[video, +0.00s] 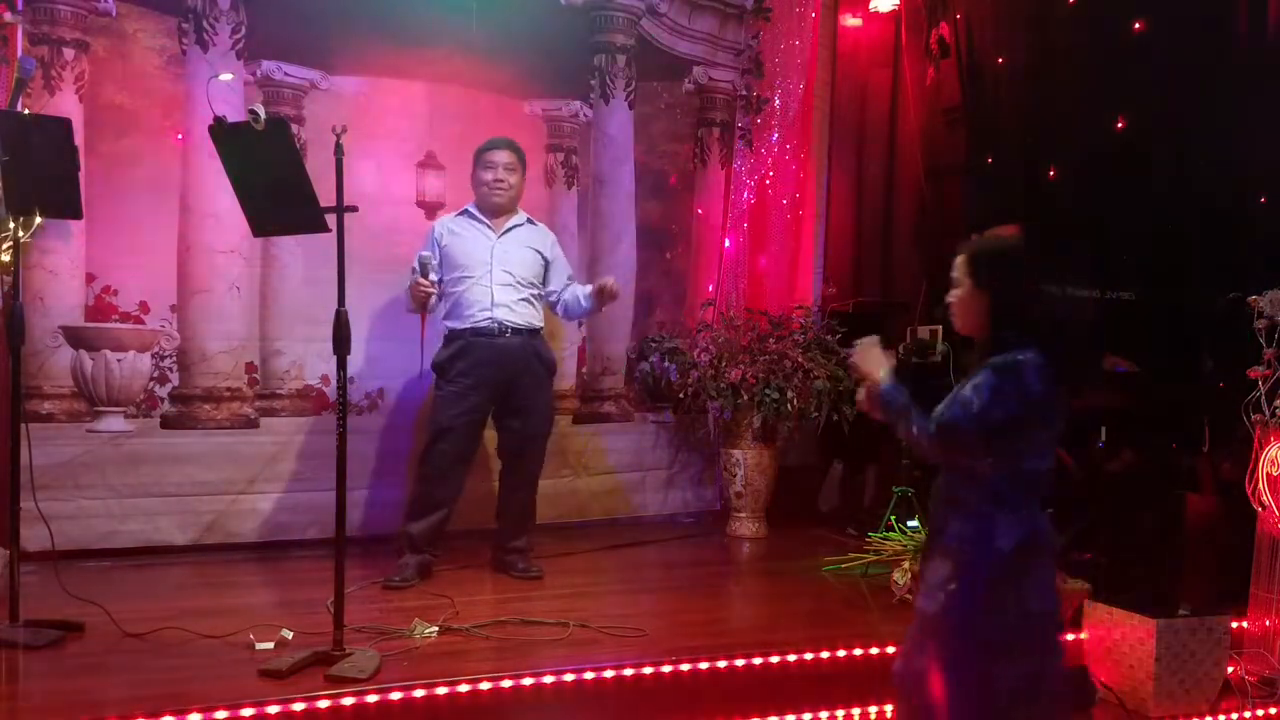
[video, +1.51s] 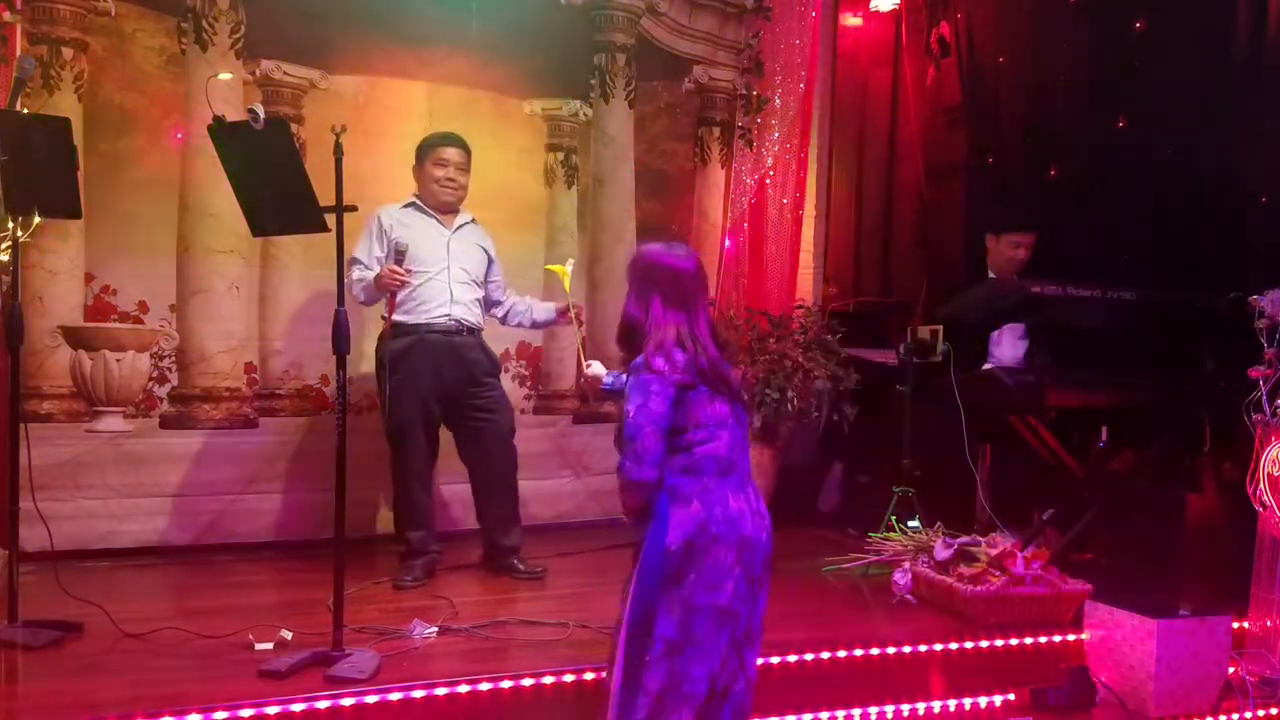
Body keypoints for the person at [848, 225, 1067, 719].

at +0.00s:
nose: (949, 298)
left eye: (958, 286)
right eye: (952, 286)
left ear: (994, 293)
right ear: (994, 296)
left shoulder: (1009, 373)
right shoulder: (1019, 368)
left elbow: (935, 441)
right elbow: (949, 438)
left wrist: (885, 379)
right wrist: (891, 411)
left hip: (984, 560)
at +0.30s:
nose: (876, 298)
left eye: (885, 288)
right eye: (880, 287)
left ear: (913, 299)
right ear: (940, 299)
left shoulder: (922, 380)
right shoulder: (966, 369)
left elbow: (871, 456)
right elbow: (881, 441)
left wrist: (813, 444)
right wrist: (819, 418)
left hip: (912, 555)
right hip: (960, 546)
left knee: (891, 675)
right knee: (965, 666)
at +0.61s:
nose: (798, 303)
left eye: (806, 294)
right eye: (803, 292)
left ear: (821, 307)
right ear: (872, 310)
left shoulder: (815, 387)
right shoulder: (882, 384)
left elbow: (741, 437)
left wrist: (712, 408)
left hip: (820, 558)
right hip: (877, 551)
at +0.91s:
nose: (715, 295)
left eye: (721, 284)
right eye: (719, 283)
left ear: (736, 293)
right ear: (783, 292)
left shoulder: (736, 369)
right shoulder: (807, 361)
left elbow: (674, 440)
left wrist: (646, 429)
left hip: (751, 532)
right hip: (810, 527)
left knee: (708, 646)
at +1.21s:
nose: (656, 297)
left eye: (661, 287)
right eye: (660, 286)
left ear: (675, 295)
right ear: (723, 292)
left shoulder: (679, 373)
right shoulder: (742, 360)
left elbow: (648, 483)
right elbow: (700, 405)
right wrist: (625, 389)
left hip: (700, 542)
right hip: (753, 531)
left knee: (681, 664)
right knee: (736, 662)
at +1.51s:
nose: (628, 303)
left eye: (631, 291)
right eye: (630, 291)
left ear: (646, 299)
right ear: (697, 296)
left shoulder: (656, 365)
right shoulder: (713, 359)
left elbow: (641, 468)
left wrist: (635, 512)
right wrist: (621, 384)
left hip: (693, 523)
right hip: (746, 518)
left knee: (670, 656)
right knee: (723, 654)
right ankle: (719, 717)